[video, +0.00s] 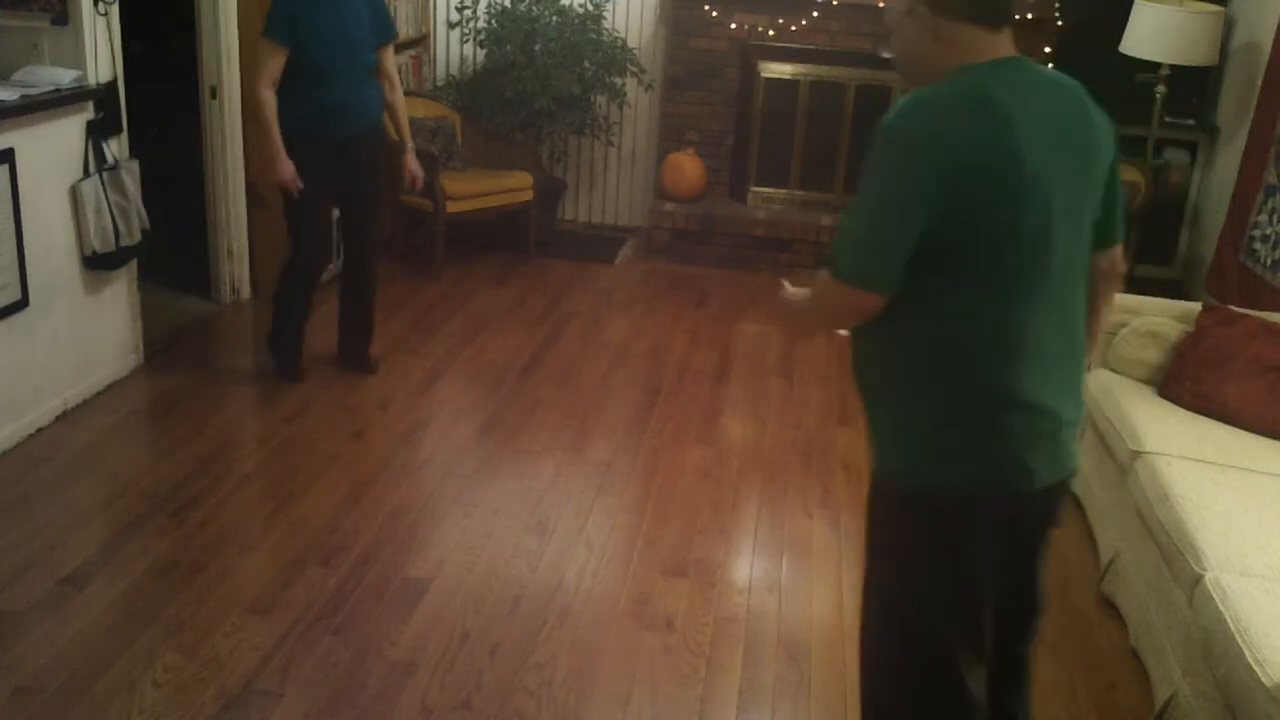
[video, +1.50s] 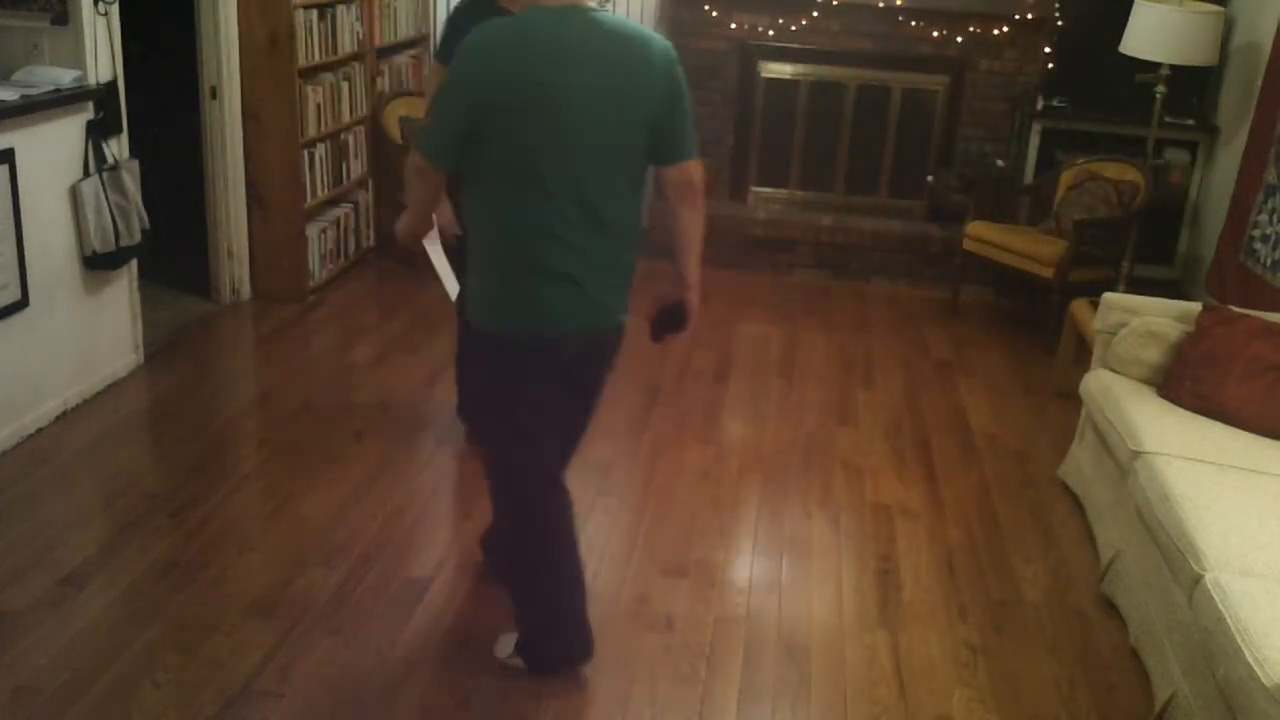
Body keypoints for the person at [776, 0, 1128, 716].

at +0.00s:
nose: (888, 35)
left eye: (893, 17)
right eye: (888, 19)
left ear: (927, 18)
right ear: (1001, 19)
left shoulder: (925, 119)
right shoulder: (1084, 113)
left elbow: (858, 294)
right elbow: (1106, 267)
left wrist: (803, 308)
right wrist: (1075, 369)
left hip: (936, 455)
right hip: (1042, 448)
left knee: (908, 660)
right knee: (1004, 647)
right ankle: (1004, 714)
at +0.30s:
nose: (819, 33)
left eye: (824, 16)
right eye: (820, 18)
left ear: (860, 12)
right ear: (927, 14)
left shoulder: (850, 108)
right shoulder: (1021, 98)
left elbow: (775, 283)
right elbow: (1053, 258)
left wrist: (728, 299)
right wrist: (1038, 379)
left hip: (884, 439)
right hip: (982, 431)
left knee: (896, 647)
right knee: (883, 614)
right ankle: (840, 704)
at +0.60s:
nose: (735, 25)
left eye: (739, 11)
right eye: (734, 13)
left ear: (776, 6)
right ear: (839, 4)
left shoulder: (776, 95)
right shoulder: (923, 80)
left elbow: (734, 269)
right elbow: (955, 228)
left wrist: (678, 377)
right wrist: (940, 341)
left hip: (801, 425)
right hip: (895, 415)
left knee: (771, 579)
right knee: (818, 588)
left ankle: (840, 705)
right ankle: (776, 704)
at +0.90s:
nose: (666, 19)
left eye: (670, 8)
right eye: (665, 10)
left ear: (699, 5)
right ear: (761, 4)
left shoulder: (697, 78)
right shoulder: (830, 70)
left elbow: (660, 238)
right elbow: (847, 213)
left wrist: (599, 362)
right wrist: (795, 300)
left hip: (699, 380)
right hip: (799, 373)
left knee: (641, 542)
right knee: (776, 559)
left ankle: (580, 670)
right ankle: (776, 706)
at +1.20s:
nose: (567, 1)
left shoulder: (563, 55)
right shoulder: (725, 59)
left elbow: (510, 195)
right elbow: (752, 194)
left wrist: (468, 289)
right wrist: (742, 289)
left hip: (576, 330)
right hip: (675, 325)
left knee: (551, 496)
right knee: (645, 465)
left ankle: (560, 652)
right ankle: (684, 620)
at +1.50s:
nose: (495, 6)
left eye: (497, 2)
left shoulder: (488, 47)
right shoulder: (650, 54)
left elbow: (427, 165)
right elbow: (685, 182)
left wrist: (416, 220)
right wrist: (688, 286)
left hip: (506, 304)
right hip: (597, 305)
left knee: (523, 466)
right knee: (542, 447)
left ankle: (558, 640)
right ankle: (511, 543)